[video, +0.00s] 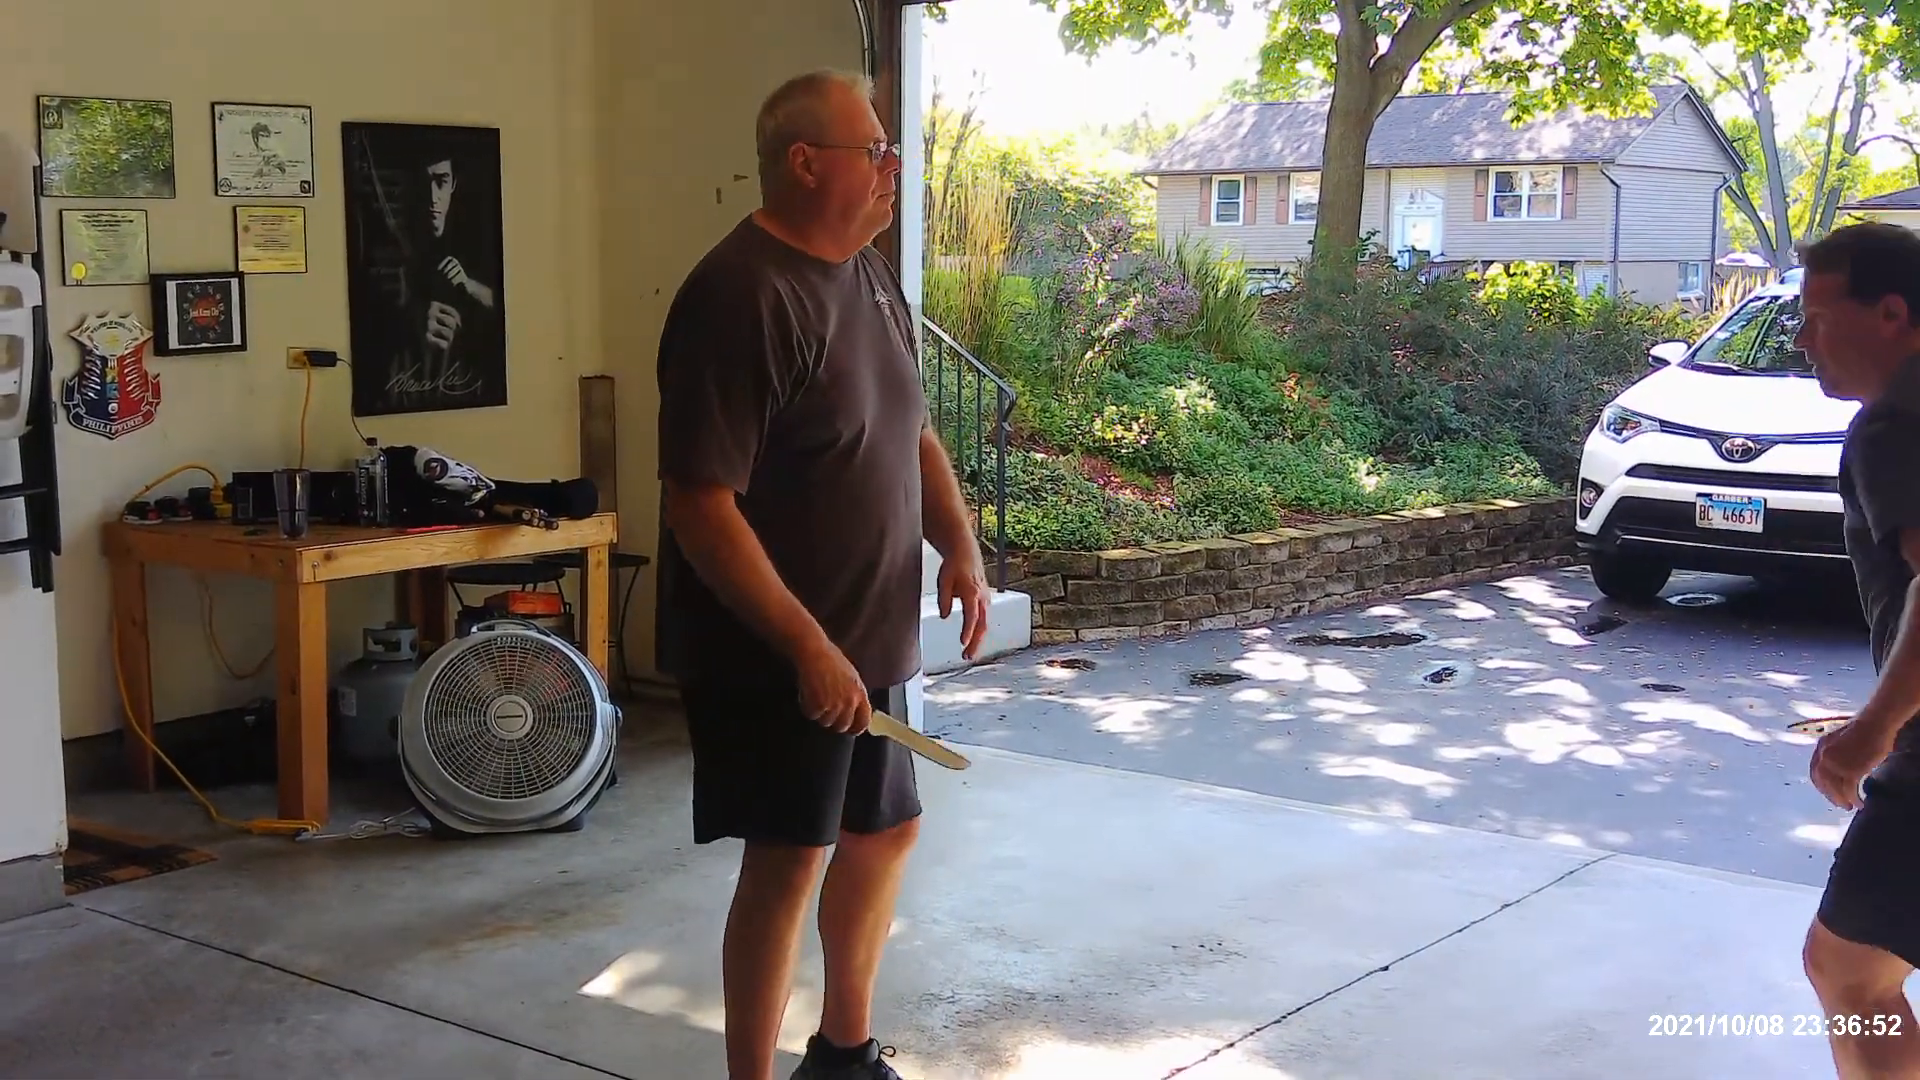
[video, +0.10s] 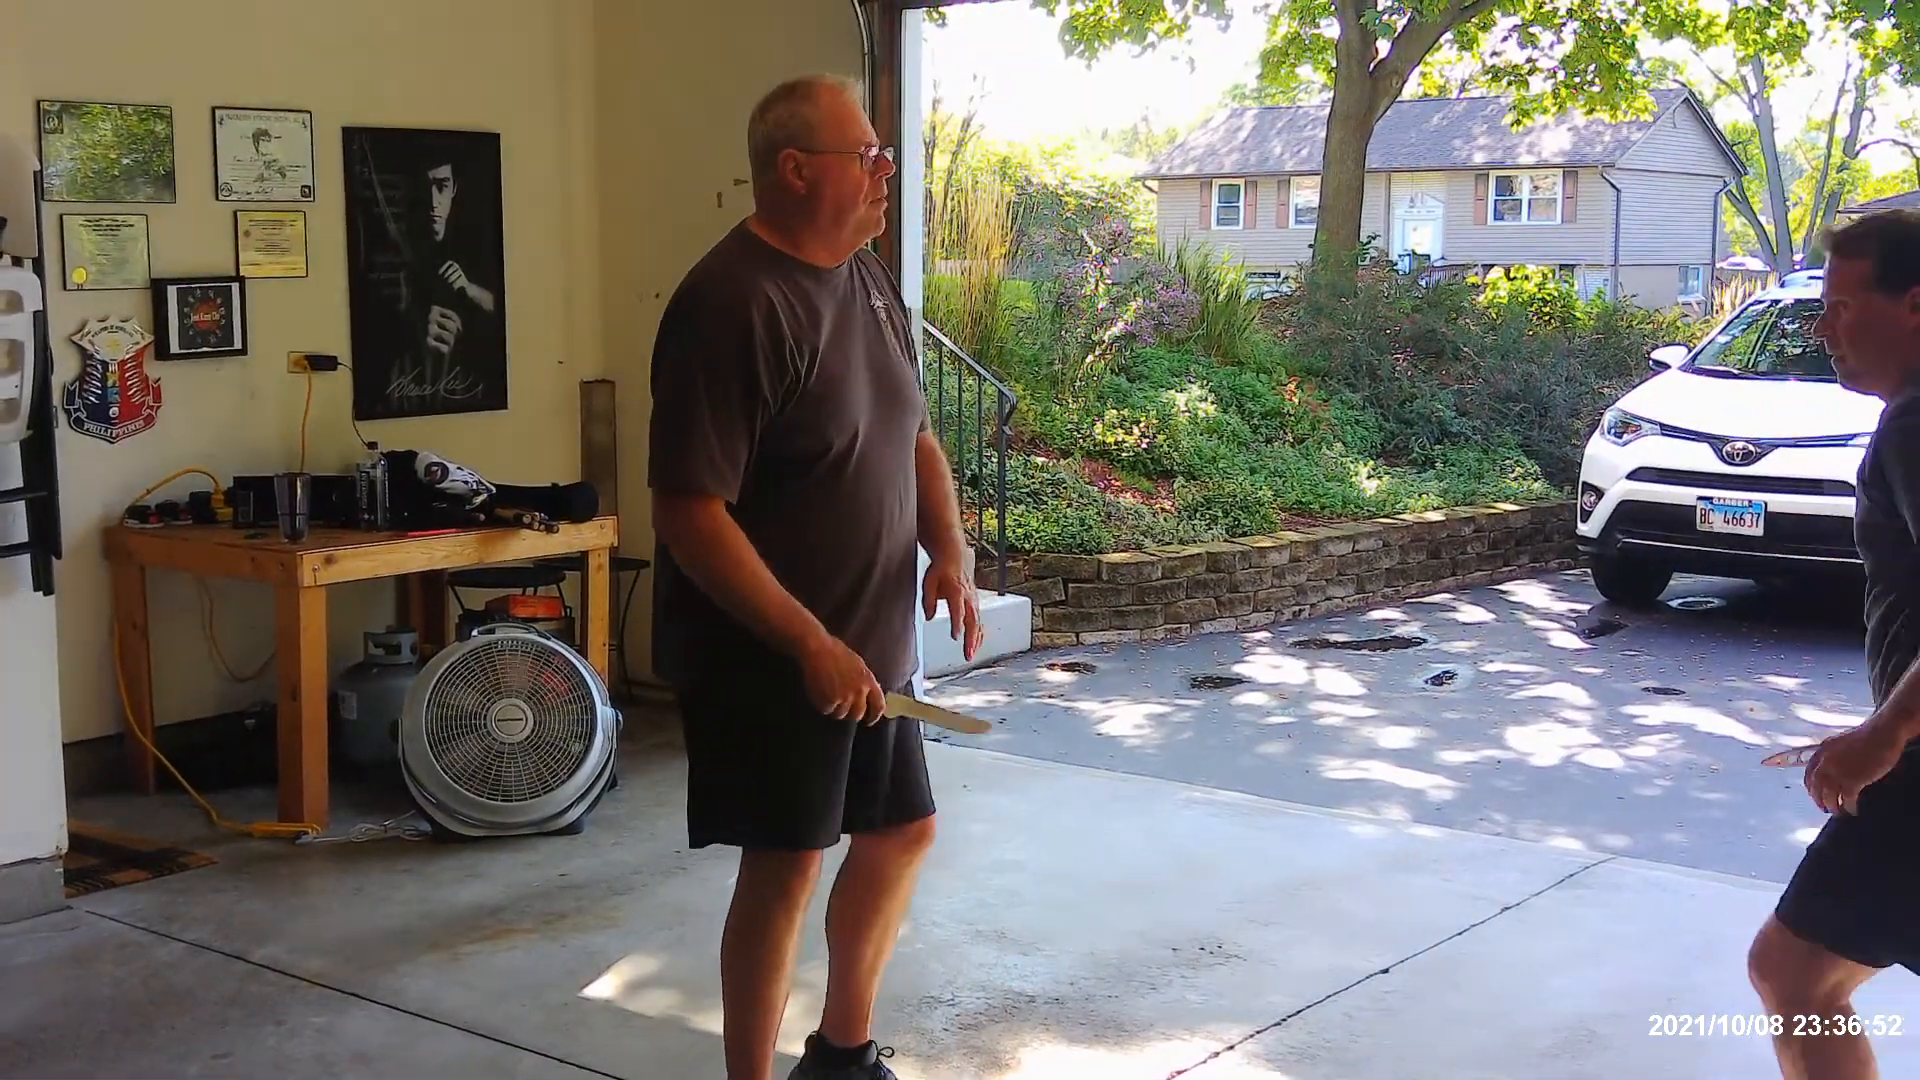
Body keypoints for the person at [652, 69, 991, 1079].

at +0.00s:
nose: (894, 167)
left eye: (889, 148)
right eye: (876, 150)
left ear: (819, 166)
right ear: (809, 166)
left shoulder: (866, 274)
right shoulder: (733, 295)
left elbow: (909, 429)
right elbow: (698, 505)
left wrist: (959, 544)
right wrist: (810, 646)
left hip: (872, 631)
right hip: (773, 647)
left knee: (883, 826)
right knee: (787, 854)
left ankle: (845, 1050)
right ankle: (750, 1072)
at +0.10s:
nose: (887, 168)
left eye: (881, 150)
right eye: (867, 153)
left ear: (811, 172)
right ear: (799, 172)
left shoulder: (864, 278)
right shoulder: (724, 301)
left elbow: (910, 431)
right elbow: (686, 511)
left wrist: (947, 547)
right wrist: (814, 642)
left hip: (867, 636)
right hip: (767, 652)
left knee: (897, 827)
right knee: (785, 858)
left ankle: (842, 1049)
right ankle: (749, 1072)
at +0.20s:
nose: (881, 169)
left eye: (875, 151)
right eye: (860, 153)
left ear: (808, 173)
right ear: (787, 173)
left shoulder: (863, 279)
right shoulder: (717, 306)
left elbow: (914, 435)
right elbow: (678, 516)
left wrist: (942, 560)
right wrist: (816, 636)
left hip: (868, 632)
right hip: (764, 647)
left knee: (897, 832)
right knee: (781, 855)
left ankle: (849, 1058)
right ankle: (747, 1072)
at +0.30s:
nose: (882, 170)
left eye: (876, 151)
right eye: (861, 154)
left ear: (805, 173)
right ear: (787, 173)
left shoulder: (867, 276)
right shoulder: (716, 306)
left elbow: (920, 433)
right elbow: (674, 514)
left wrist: (941, 562)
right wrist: (819, 630)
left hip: (872, 635)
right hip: (763, 648)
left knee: (890, 842)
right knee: (778, 860)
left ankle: (855, 1069)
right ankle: (744, 1072)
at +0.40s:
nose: (888, 170)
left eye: (881, 152)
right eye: (865, 155)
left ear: (812, 173)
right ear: (790, 174)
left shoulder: (878, 277)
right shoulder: (715, 310)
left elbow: (932, 438)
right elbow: (677, 517)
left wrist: (948, 570)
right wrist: (822, 637)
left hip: (879, 641)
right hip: (767, 656)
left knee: (884, 855)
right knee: (776, 870)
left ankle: (850, 1071)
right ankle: (742, 1072)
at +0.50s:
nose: (893, 167)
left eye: (887, 149)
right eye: (870, 152)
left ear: (819, 172)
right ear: (797, 173)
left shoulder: (895, 284)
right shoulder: (721, 310)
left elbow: (955, 447)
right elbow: (677, 512)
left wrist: (962, 585)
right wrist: (816, 639)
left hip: (881, 644)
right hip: (765, 657)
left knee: (882, 860)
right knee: (778, 872)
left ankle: (850, 1072)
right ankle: (741, 1072)